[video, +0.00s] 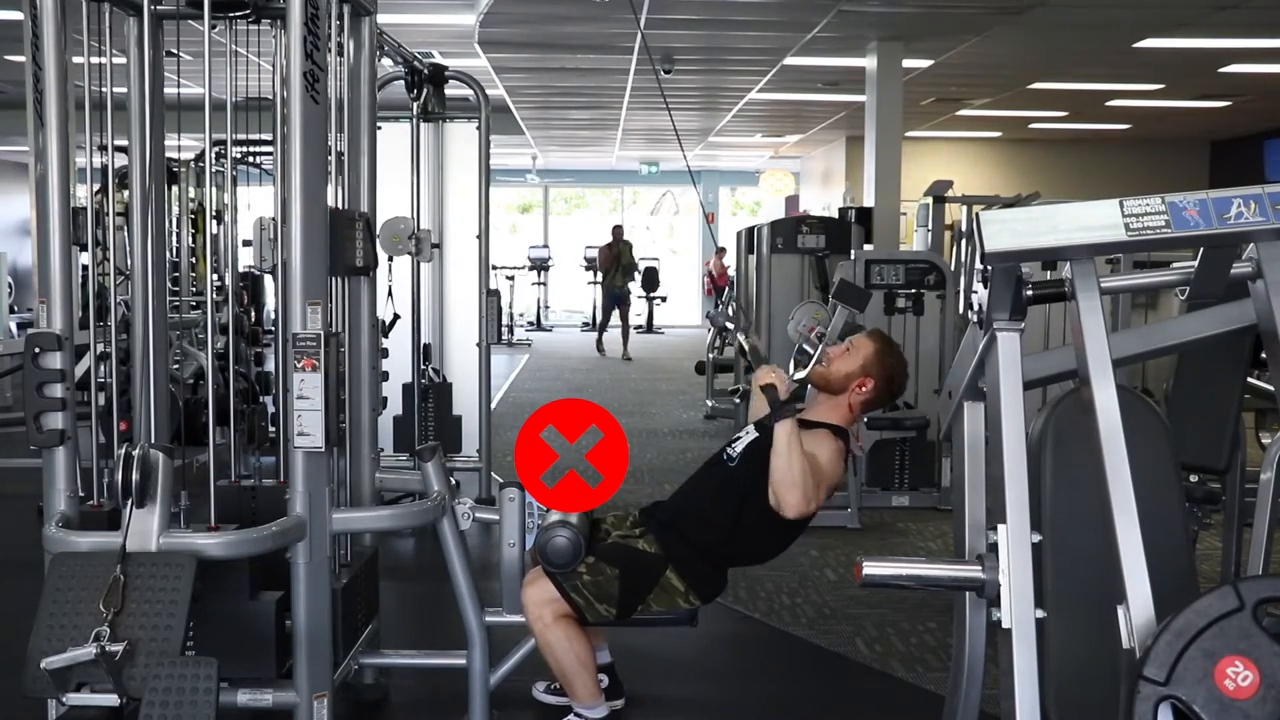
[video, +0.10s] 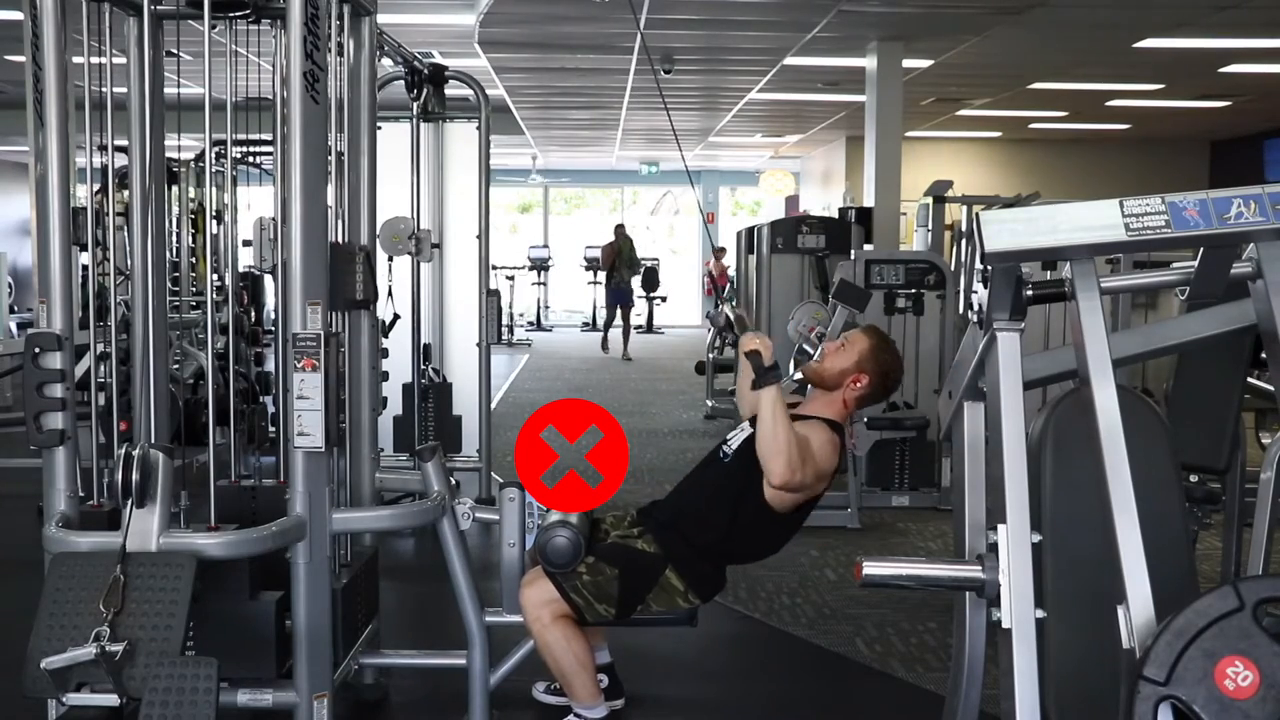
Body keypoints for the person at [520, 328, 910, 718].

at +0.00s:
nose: (831, 349)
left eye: (846, 349)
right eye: (842, 343)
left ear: (860, 386)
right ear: (857, 385)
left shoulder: (827, 443)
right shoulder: (811, 409)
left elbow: (794, 502)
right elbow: (763, 431)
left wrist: (780, 410)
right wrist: (764, 390)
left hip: (682, 562)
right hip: (665, 524)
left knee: (540, 593)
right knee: (553, 545)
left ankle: (590, 712)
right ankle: (595, 671)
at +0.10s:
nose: (826, 345)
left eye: (842, 346)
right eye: (837, 339)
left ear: (854, 382)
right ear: (852, 381)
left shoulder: (823, 438)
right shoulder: (804, 404)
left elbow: (783, 473)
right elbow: (751, 407)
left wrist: (768, 374)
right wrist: (745, 350)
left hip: (680, 560)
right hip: (663, 523)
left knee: (538, 593)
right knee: (553, 544)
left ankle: (590, 711)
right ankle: (596, 670)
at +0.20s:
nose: (817, 336)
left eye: (832, 337)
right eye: (827, 330)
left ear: (845, 373)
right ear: (842, 372)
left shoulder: (813, 427)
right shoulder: (795, 396)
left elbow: (766, 435)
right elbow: (739, 386)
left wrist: (747, 331)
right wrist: (729, 322)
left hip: (680, 561)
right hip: (662, 525)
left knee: (537, 595)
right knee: (557, 544)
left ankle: (590, 712)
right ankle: (595, 673)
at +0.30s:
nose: (802, 324)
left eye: (818, 324)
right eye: (814, 317)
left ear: (831, 360)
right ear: (828, 360)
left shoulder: (799, 415)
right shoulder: (782, 384)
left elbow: (750, 398)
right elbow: (723, 361)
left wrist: (726, 293)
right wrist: (715, 292)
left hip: (676, 560)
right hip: (658, 527)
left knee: (535, 596)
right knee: (550, 548)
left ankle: (590, 711)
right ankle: (596, 673)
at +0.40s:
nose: (786, 311)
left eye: (801, 310)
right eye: (798, 304)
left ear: (814, 346)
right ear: (812, 349)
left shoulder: (778, 401)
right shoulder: (769, 381)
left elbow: (732, 360)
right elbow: (730, 344)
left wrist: (706, 258)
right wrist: (708, 260)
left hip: (671, 561)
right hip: (653, 530)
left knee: (533, 598)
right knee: (552, 547)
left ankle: (589, 710)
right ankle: (596, 672)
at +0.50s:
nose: (766, 301)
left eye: (782, 302)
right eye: (777, 296)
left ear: (796, 337)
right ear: (794, 339)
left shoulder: (760, 389)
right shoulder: (751, 373)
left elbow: (714, 330)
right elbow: (711, 321)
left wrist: (691, 228)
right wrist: (689, 235)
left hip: (669, 560)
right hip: (649, 528)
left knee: (532, 598)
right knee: (544, 559)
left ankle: (590, 711)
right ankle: (594, 670)